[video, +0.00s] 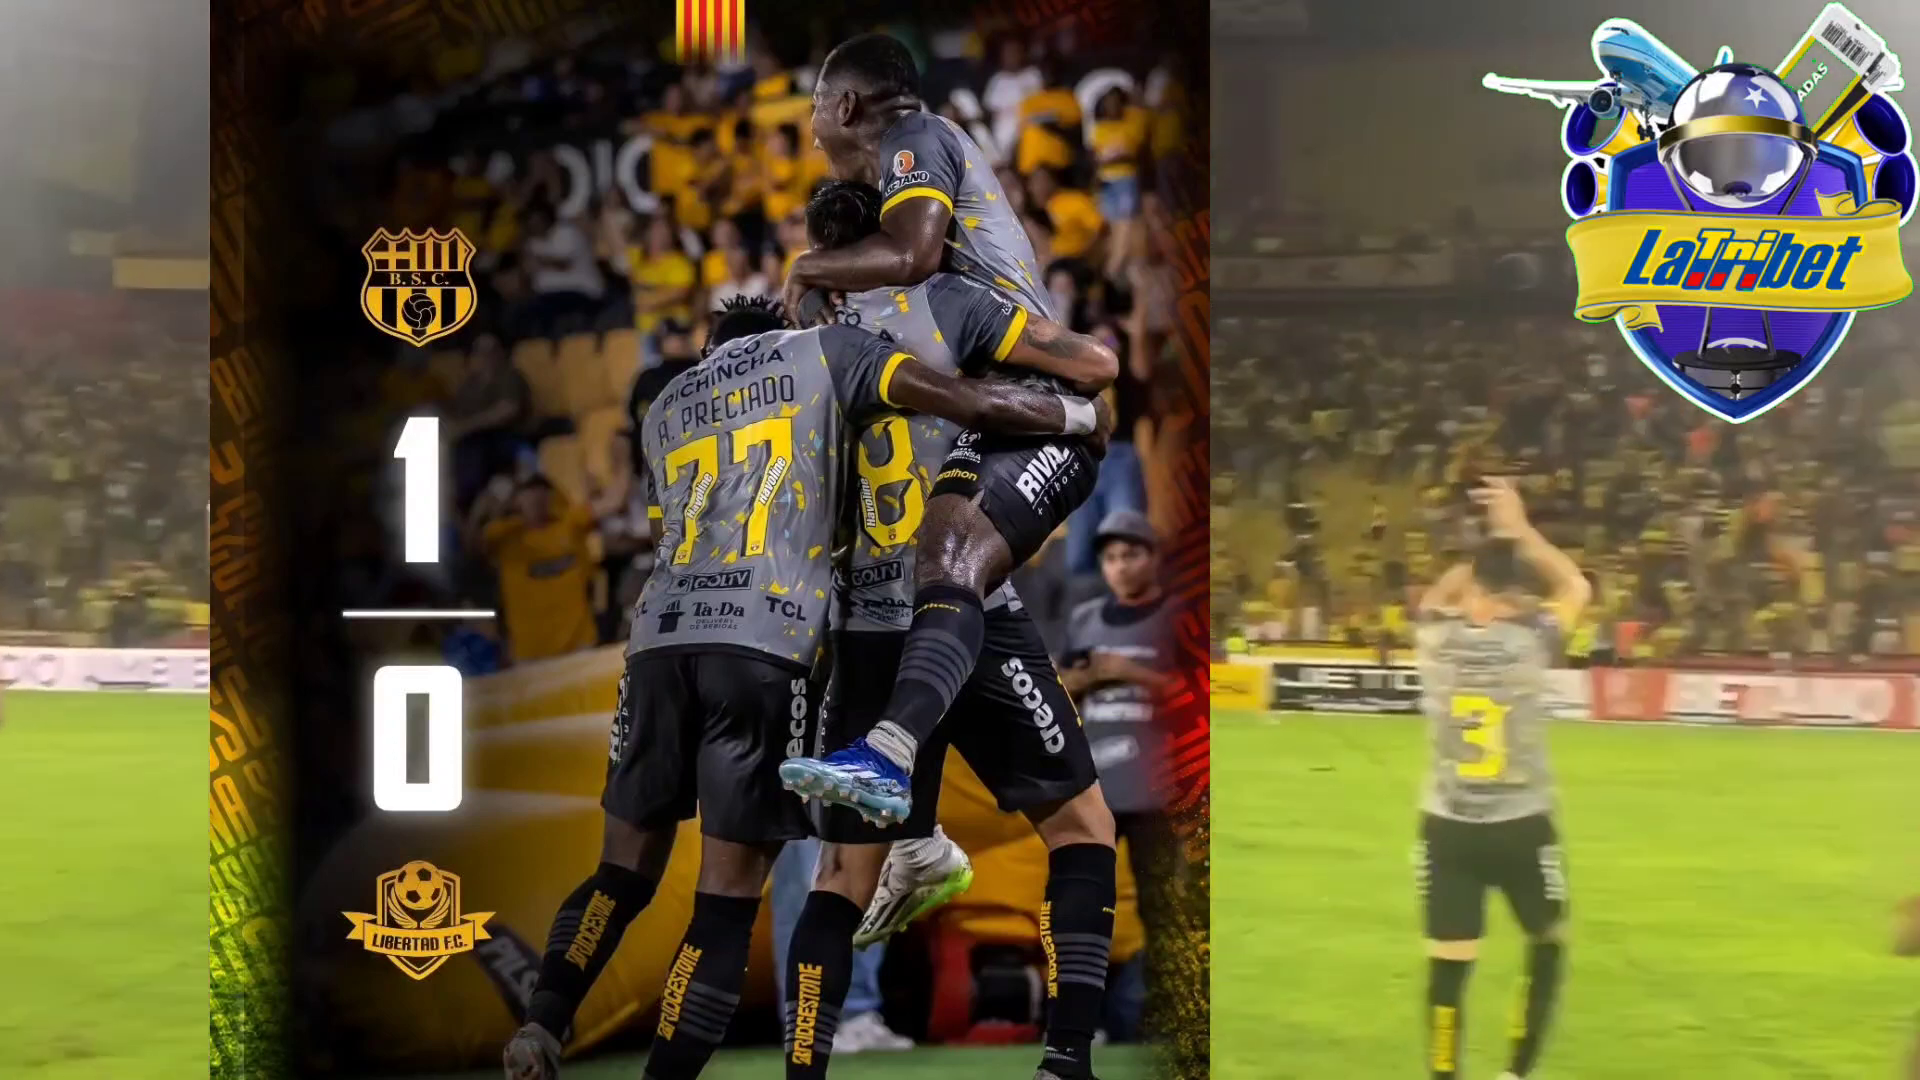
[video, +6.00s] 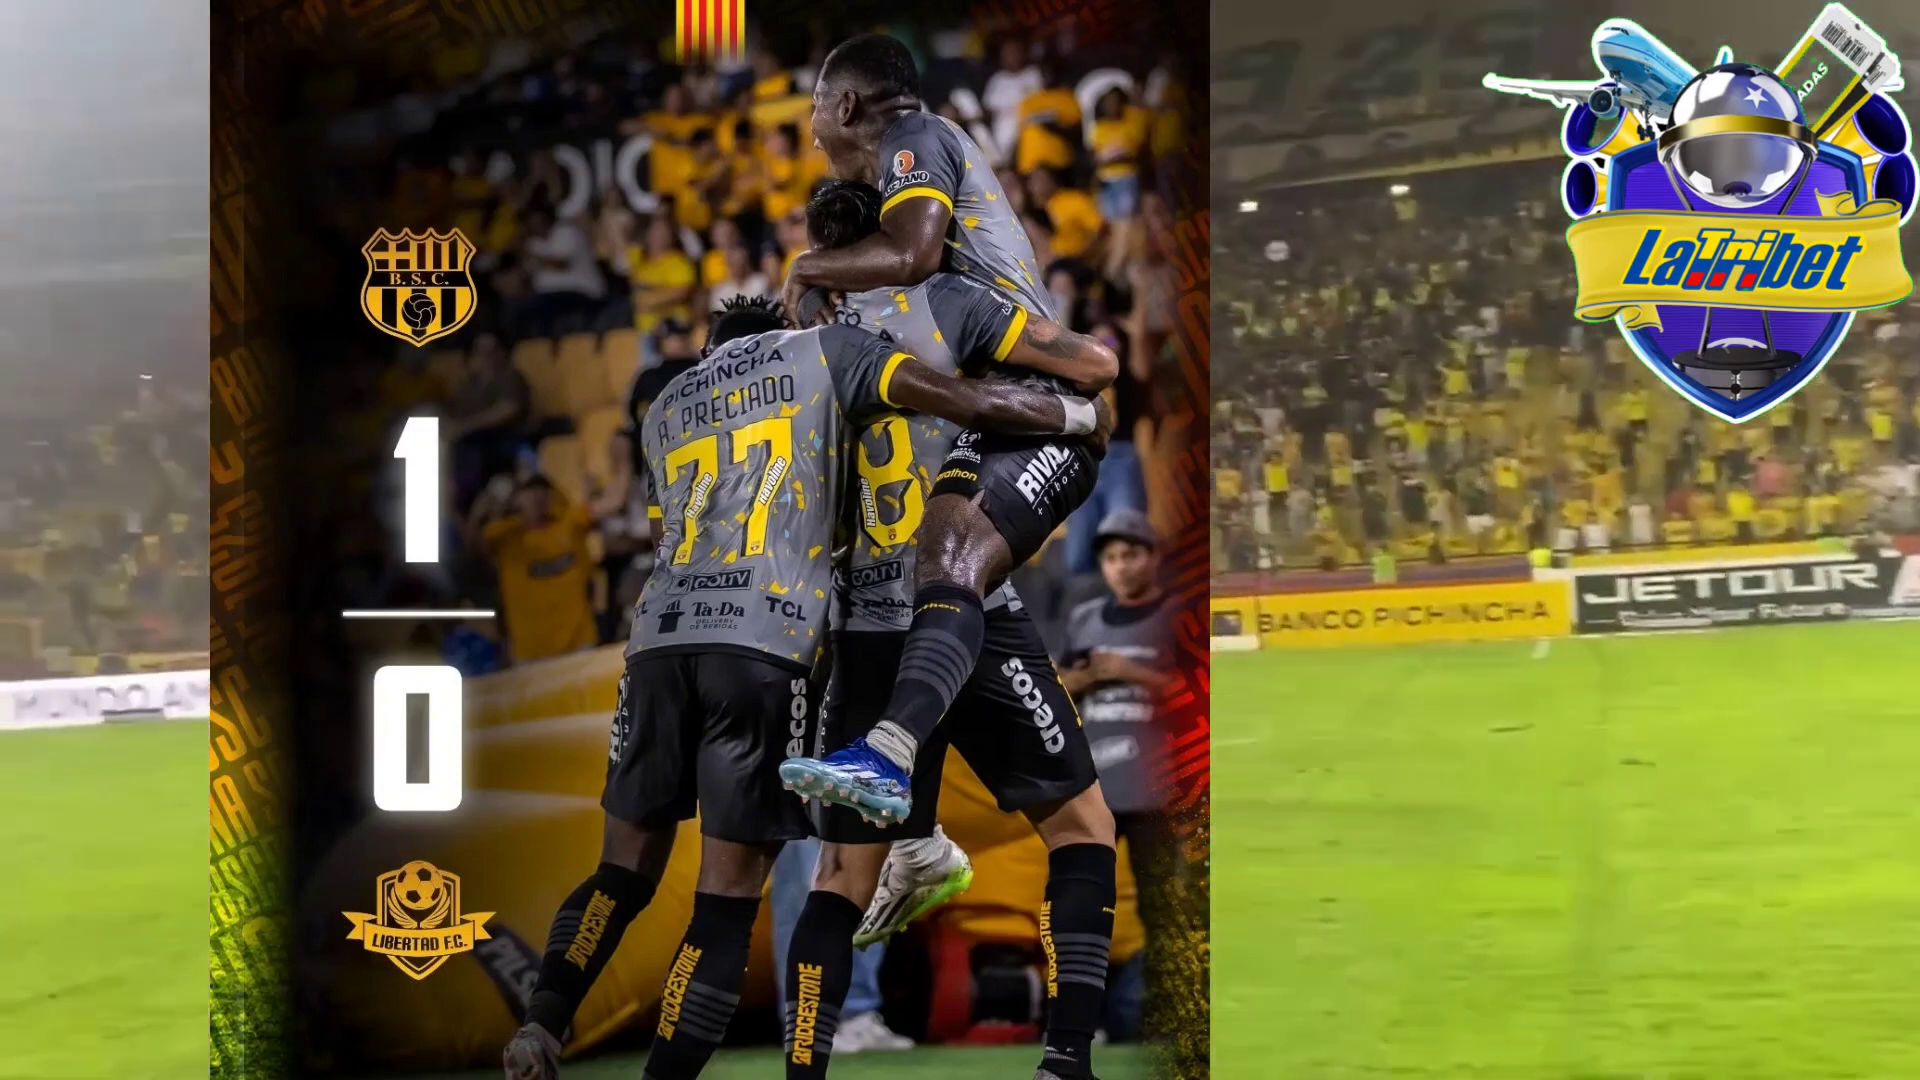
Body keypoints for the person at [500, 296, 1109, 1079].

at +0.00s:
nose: (821, 324)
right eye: (808, 317)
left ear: (708, 345)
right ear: (788, 324)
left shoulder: (661, 408)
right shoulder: (830, 347)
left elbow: (681, 519)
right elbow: (972, 400)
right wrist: (1088, 417)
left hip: (657, 648)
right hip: (762, 648)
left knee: (623, 867)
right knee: (727, 893)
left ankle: (543, 1026)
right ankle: (667, 1075)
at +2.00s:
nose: (822, 324)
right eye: (809, 318)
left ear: (708, 345)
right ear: (788, 324)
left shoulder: (661, 407)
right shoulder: (830, 347)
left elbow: (681, 518)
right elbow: (972, 400)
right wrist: (1088, 417)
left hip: (657, 648)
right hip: (761, 648)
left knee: (623, 867)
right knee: (727, 893)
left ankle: (543, 1026)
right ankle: (666, 1075)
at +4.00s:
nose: (828, 326)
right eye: (816, 319)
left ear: (709, 345)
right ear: (792, 324)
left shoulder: (661, 406)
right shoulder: (829, 348)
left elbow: (681, 519)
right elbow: (969, 399)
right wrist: (1087, 418)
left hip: (658, 648)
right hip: (762, 648)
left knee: (623, 865)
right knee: (728, 891)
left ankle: (542, 1027)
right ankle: (667, 1076)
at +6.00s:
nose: (826, 326)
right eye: (814, 319)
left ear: (709, 346)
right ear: (792, 324)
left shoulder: (660, 405)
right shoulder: (830, 348)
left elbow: (680, 521)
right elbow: (970, 400)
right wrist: (1088, 417)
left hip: (657, 648)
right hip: (762, 649)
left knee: (623, 865)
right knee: (727, 892)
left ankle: (542, 1028)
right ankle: (667, 1075)